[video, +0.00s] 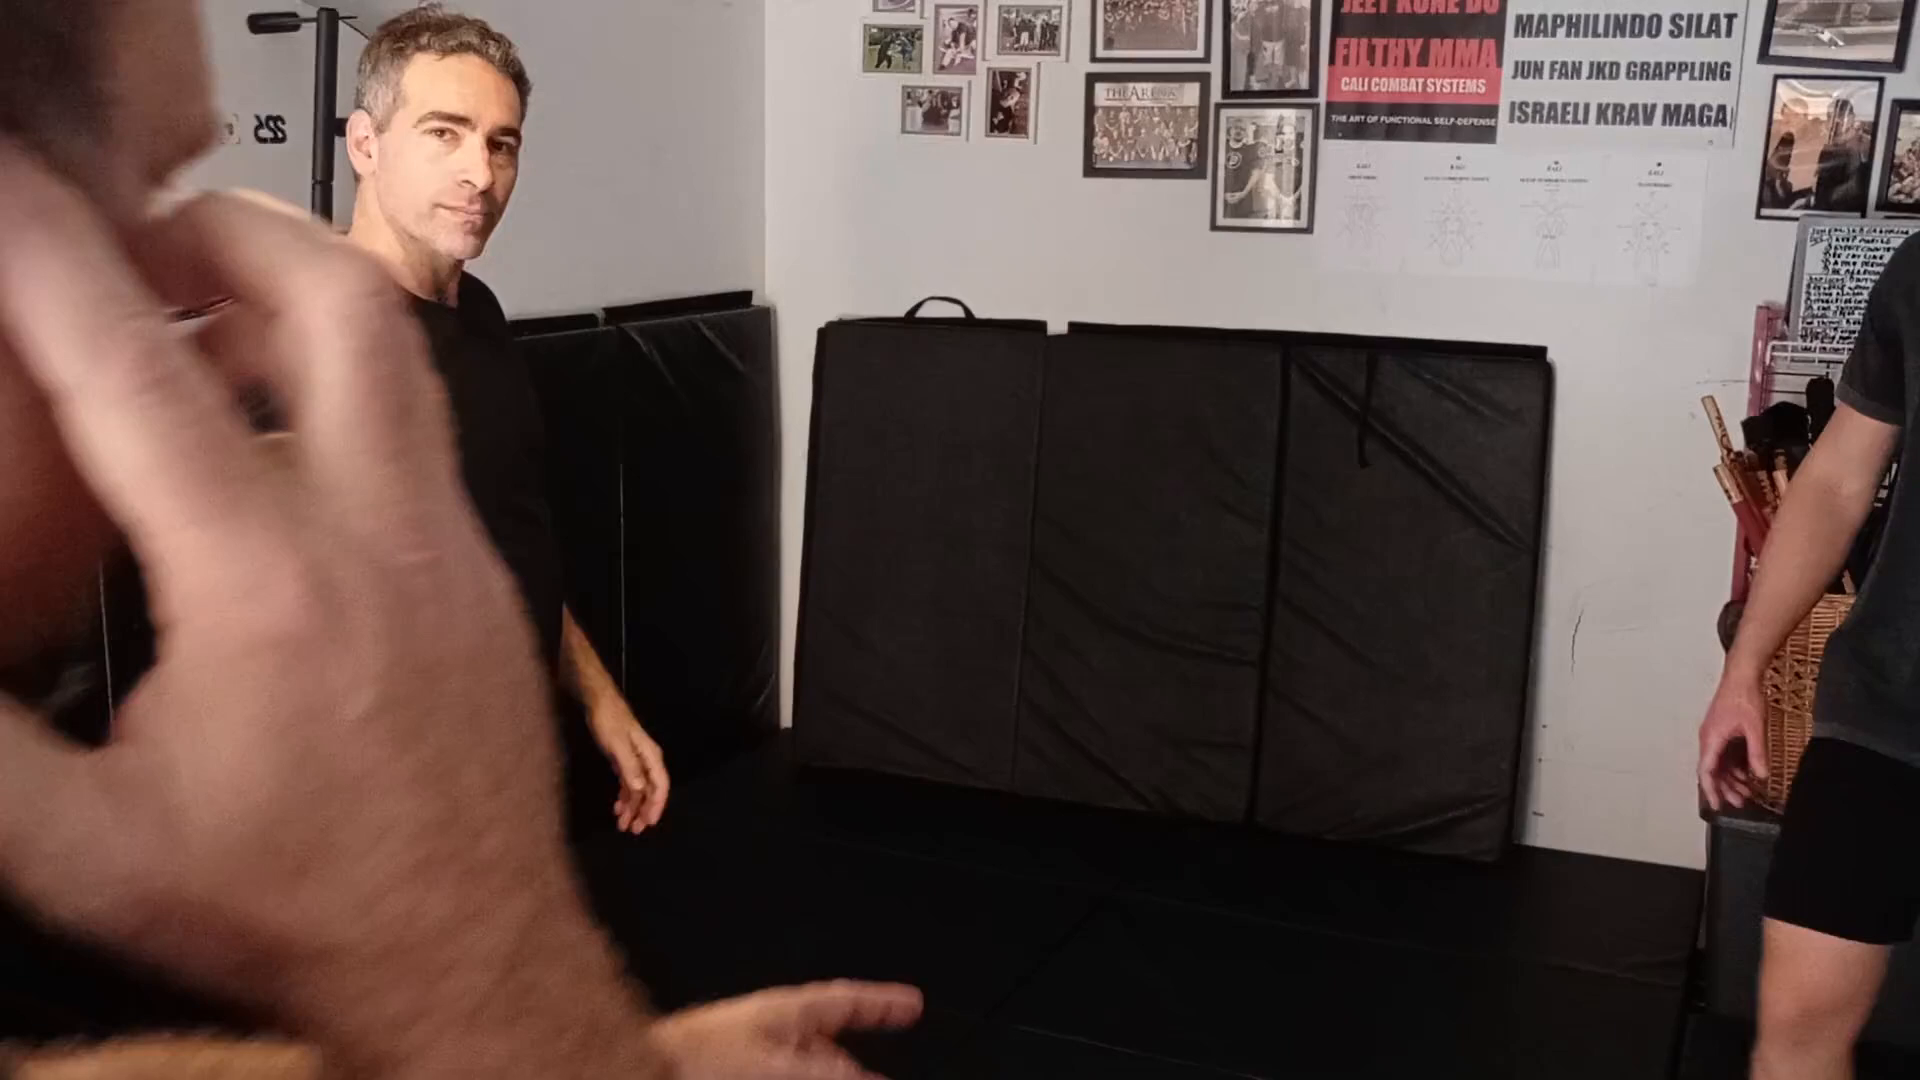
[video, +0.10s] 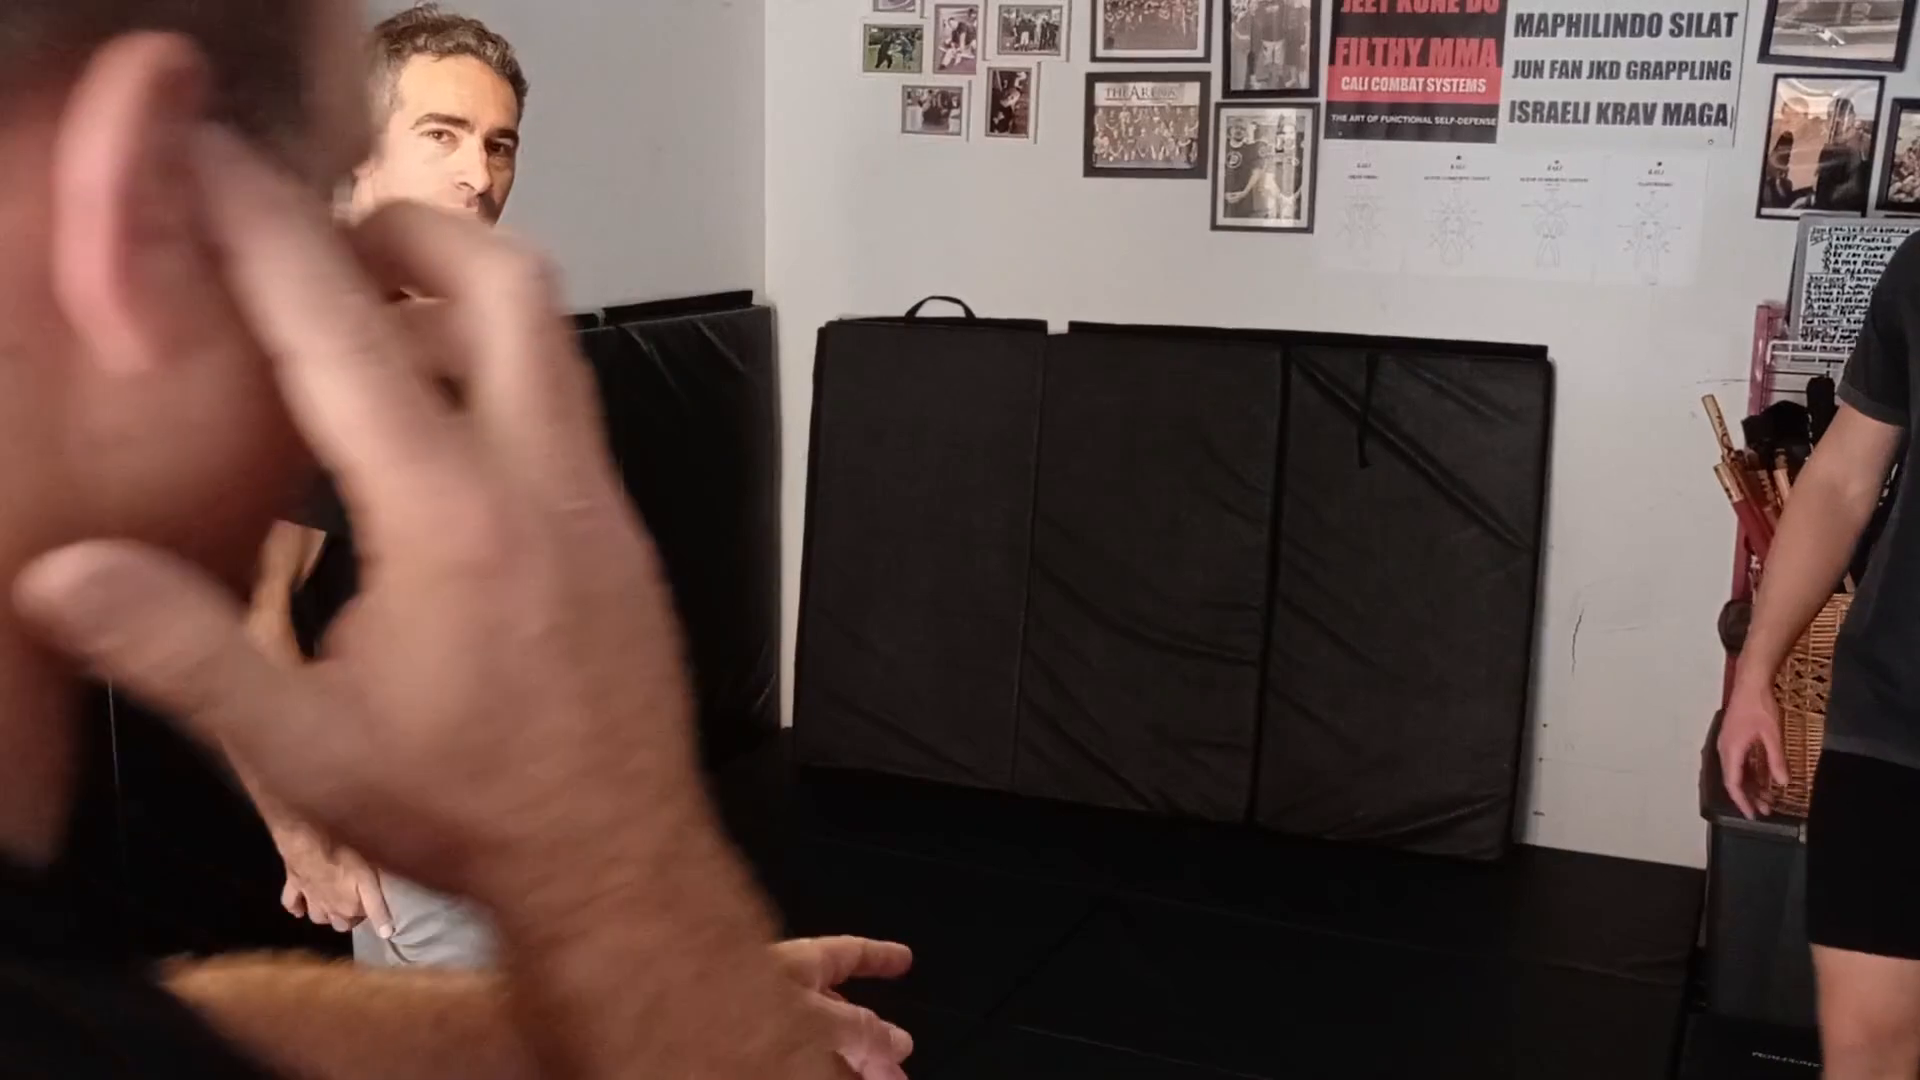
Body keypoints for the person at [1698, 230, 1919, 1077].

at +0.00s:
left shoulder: (1907, 281)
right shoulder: (1910, 279)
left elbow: (1836, 481)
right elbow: (1836, 480)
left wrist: (1746, 664)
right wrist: (1744, 663)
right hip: (1883, 715)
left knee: (1804, 1032)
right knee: (1797, 1031)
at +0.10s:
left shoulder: (1911, 276)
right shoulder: (1915, 275)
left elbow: (1841, 475)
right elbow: (1842, 474)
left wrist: (1757, 667)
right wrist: (1755, 667)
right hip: (1887, 737)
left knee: (1873, 1050)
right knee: (1867, 1050)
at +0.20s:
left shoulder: (1909, 276)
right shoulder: (1912, 275)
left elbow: (1834, 477)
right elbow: (1834, 478)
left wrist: (1754, 677)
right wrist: (1752, 677)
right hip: (1898, 757)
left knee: (1900, 1055)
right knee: (1903, 1056)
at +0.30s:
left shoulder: (1905, 282)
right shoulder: (1909, 281)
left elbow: (1821, 496)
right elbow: (1822, 493)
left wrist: (1748, 693)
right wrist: (1745, 693)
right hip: (1904, 763)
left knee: (1898, 1056)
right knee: (1900, 1059)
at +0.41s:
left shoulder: (1900, 286)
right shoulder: (1903, 285)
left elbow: (1811, 507)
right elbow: (1813, 506)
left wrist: (1738, 705)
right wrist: (1737, 705)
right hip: (1903, 765)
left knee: (1894, 1057)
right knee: (1896, 1059)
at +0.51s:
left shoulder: (1893, 295)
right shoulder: (1898, 293)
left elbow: (1810, 520)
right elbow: (1811, 521)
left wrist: (1742, 717)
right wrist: (1741, 718)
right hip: (1903, 786)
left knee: (1895, 1055)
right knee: (1899, 1057)